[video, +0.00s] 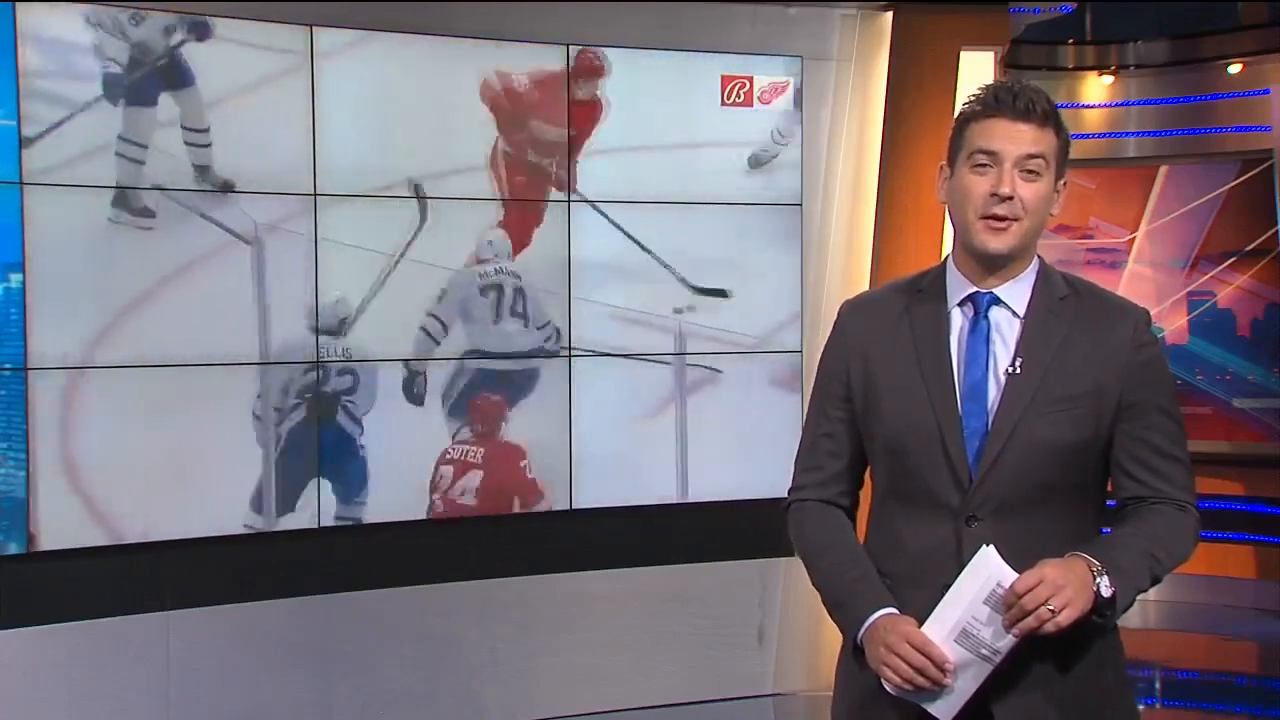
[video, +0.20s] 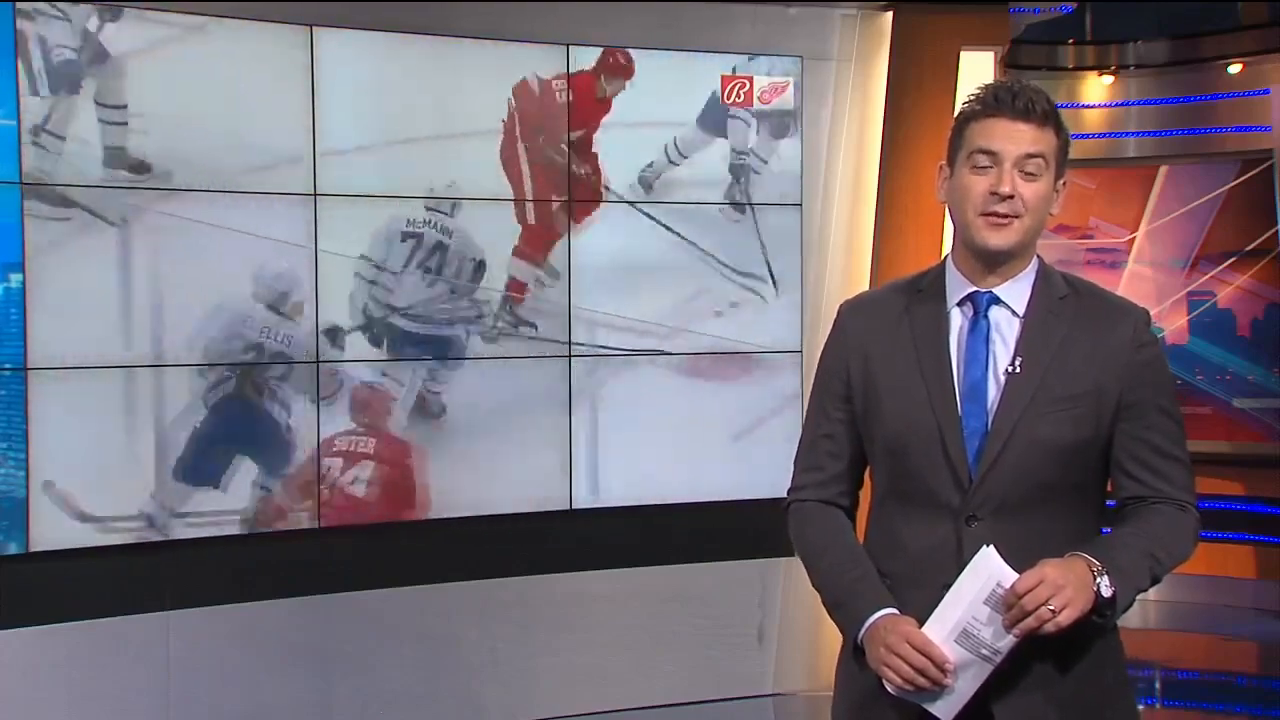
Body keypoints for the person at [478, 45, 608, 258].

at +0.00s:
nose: (595, 87)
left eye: (598, 81)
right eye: (591, 81)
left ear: (600, 80)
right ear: (578, 78)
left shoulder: (594, 108)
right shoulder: (547, 83)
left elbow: (574, 146)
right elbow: (492, 83)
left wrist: (566, 173)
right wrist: (508, 121)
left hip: (543, 165)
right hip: (512, 154)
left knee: (526, 228)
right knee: (522, 216)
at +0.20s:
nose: (622, 87)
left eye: (625, 82)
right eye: (620, 81)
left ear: (621, 78)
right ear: (605, 74)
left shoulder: (603, 101)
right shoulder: (576, 90)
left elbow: (582, 140)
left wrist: (591, 173)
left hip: (555, 150)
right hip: (524, 146)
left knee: (586, 198)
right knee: (540, 223)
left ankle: (538, 253)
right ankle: (511, 304)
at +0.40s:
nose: (595, 89)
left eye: (599, 84)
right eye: (592, 82)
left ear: (601, 81)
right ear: (580, 73)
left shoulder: (580, 112)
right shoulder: (544, 72)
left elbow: (554, 154)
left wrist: (562, 193)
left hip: (528, 133)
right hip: (493, 128)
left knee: (553, 185)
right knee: (513, 200)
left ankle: (536, 235)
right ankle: (506, 287)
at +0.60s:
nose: (545, 102)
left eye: (548, 95)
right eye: (540, 94)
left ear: (548, 94)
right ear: (524, 92)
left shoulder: (543, 121)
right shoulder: (494, 104)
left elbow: (538, 163)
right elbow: (463, 140)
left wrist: (543, 204)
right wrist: (459, 191)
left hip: (488, 159)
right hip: (447, 154)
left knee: (519, 207)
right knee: (470, 224)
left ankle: (518, 256)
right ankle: (481, 311)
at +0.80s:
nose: (528, 80)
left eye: (534, 73)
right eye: (523, 73)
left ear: (542, 72)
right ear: (513, 68)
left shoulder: (544, 93)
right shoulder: (485, 91)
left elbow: (560, 125)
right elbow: (436, 124)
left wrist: (581, 148)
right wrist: (421, 175)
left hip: (498, 156)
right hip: (458, 160)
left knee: (531, 213)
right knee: (481, 224)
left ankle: (529, 257)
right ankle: (469, 314)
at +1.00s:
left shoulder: (560, 51)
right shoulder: (500, 61)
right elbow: (467, 71)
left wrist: (586, 51)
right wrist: (446, 116)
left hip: (535, 101)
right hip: (492, 104)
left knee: (569, 157)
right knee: (502, 177)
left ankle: (593, 205)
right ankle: (496, 260)